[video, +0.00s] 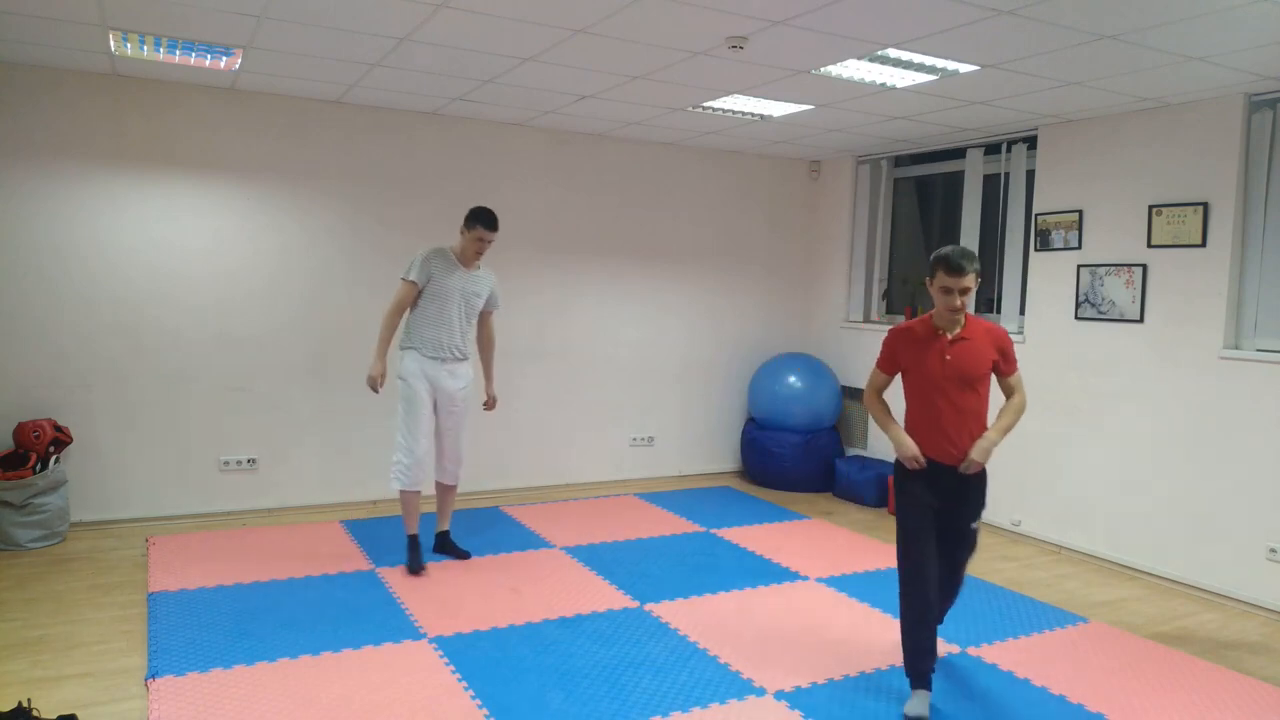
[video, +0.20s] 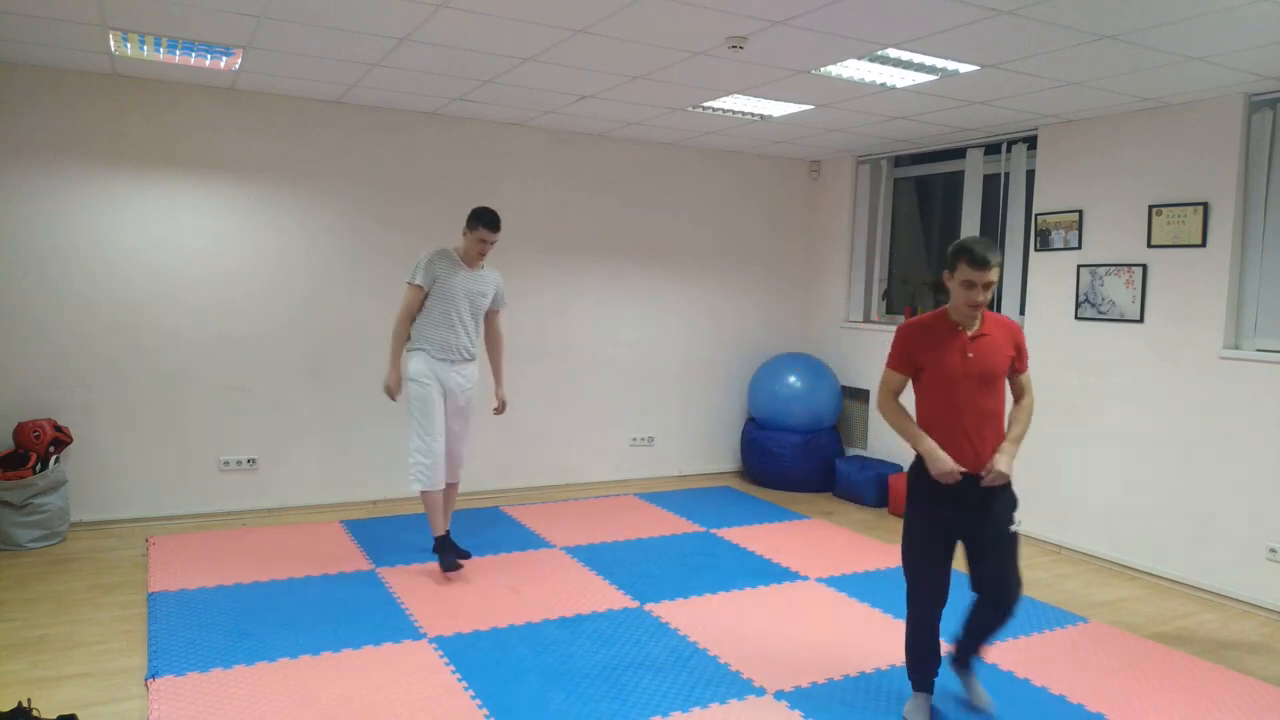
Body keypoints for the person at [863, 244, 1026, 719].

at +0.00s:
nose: (956, 301)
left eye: (965, 291)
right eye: (947, 292)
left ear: (976, 289)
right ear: (930, 287)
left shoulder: (992, 336)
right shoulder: (905, 337)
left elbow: (1017, 397)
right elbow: (872, 393)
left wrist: (991, 439)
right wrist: (898, 437)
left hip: (966, 475)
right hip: (916, 471)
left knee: (951, 579)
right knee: (920, 579)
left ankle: (924, 636)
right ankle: (918, 685)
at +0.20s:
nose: (979, 297)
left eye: (987, 287)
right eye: (970, 286)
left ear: (996, 285)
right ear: (948, 280)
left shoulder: (1007, 332)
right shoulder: (916, 333)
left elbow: (1024, 399)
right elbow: (885, 399)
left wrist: (1008, 450)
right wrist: (927, 448)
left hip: (990, 486)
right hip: (932, 483)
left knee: (1003, 592)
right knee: (926, 595)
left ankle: (962, 658)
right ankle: (920, 690)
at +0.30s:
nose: (997, 295)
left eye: (1005, 286)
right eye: (987, 284)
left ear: (1012, 284)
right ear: (964, 278)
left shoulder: (1020, 334)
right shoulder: (928, 331)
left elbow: (1034, 403)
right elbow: (901, 401)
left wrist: (1020, 454)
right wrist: (946, 453)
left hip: (1004, 492)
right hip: (942, 489)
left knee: (1019, 606)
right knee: (928, 598)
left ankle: (1012, 706)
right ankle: (921, 691)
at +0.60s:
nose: (1070, 317)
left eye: (1083, 308)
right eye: (1062, 303)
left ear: (1093, 304)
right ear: (1039, 288)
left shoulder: (1094, 352)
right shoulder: (992, 335)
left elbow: (1123, 424)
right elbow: (934, 394)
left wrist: (1087, 473)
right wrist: (968, 453)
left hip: (1063, 513)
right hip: (998, 507)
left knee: (1073, 650)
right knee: (979, 625)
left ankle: (1067, 716)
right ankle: (934, 691)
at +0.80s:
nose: (1098, 330)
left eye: (1112, 322)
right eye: (1089, 318)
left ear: (1128, 306)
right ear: (1069, 292)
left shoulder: (1139, 343)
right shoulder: (1026, 333)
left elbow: (1155, 404)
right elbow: (973, 378)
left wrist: (1138, 466)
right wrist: (989, 448)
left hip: (1100, 517)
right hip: (1026, 509)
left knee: (1086, 666)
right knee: (1021, 660)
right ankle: (1015, 713)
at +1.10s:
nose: (1131, 344)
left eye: (1146, 334)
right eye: (1118, 331)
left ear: (1164, 318)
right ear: (1096, 304)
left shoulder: (1180, 354)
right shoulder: (1054, 351)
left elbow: (1196, 398)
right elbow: (984, 393)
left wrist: (1189, 467)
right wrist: (1019, 460)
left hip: (1148, 547)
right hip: (1070, 542)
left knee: (1141, 692)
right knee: (1072, 690)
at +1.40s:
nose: (1182, 311)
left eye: (1201, 293)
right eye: (1166, 289)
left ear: (1216, 289)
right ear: (1133, 278)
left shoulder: (1230, 359)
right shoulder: (1079, 362)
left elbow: (1244, 415)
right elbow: (1006, 424)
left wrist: (1246, 493)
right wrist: (1050, 498)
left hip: (1204, 589)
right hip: (1106, 587)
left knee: (1229, 712)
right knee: (1087, 712)